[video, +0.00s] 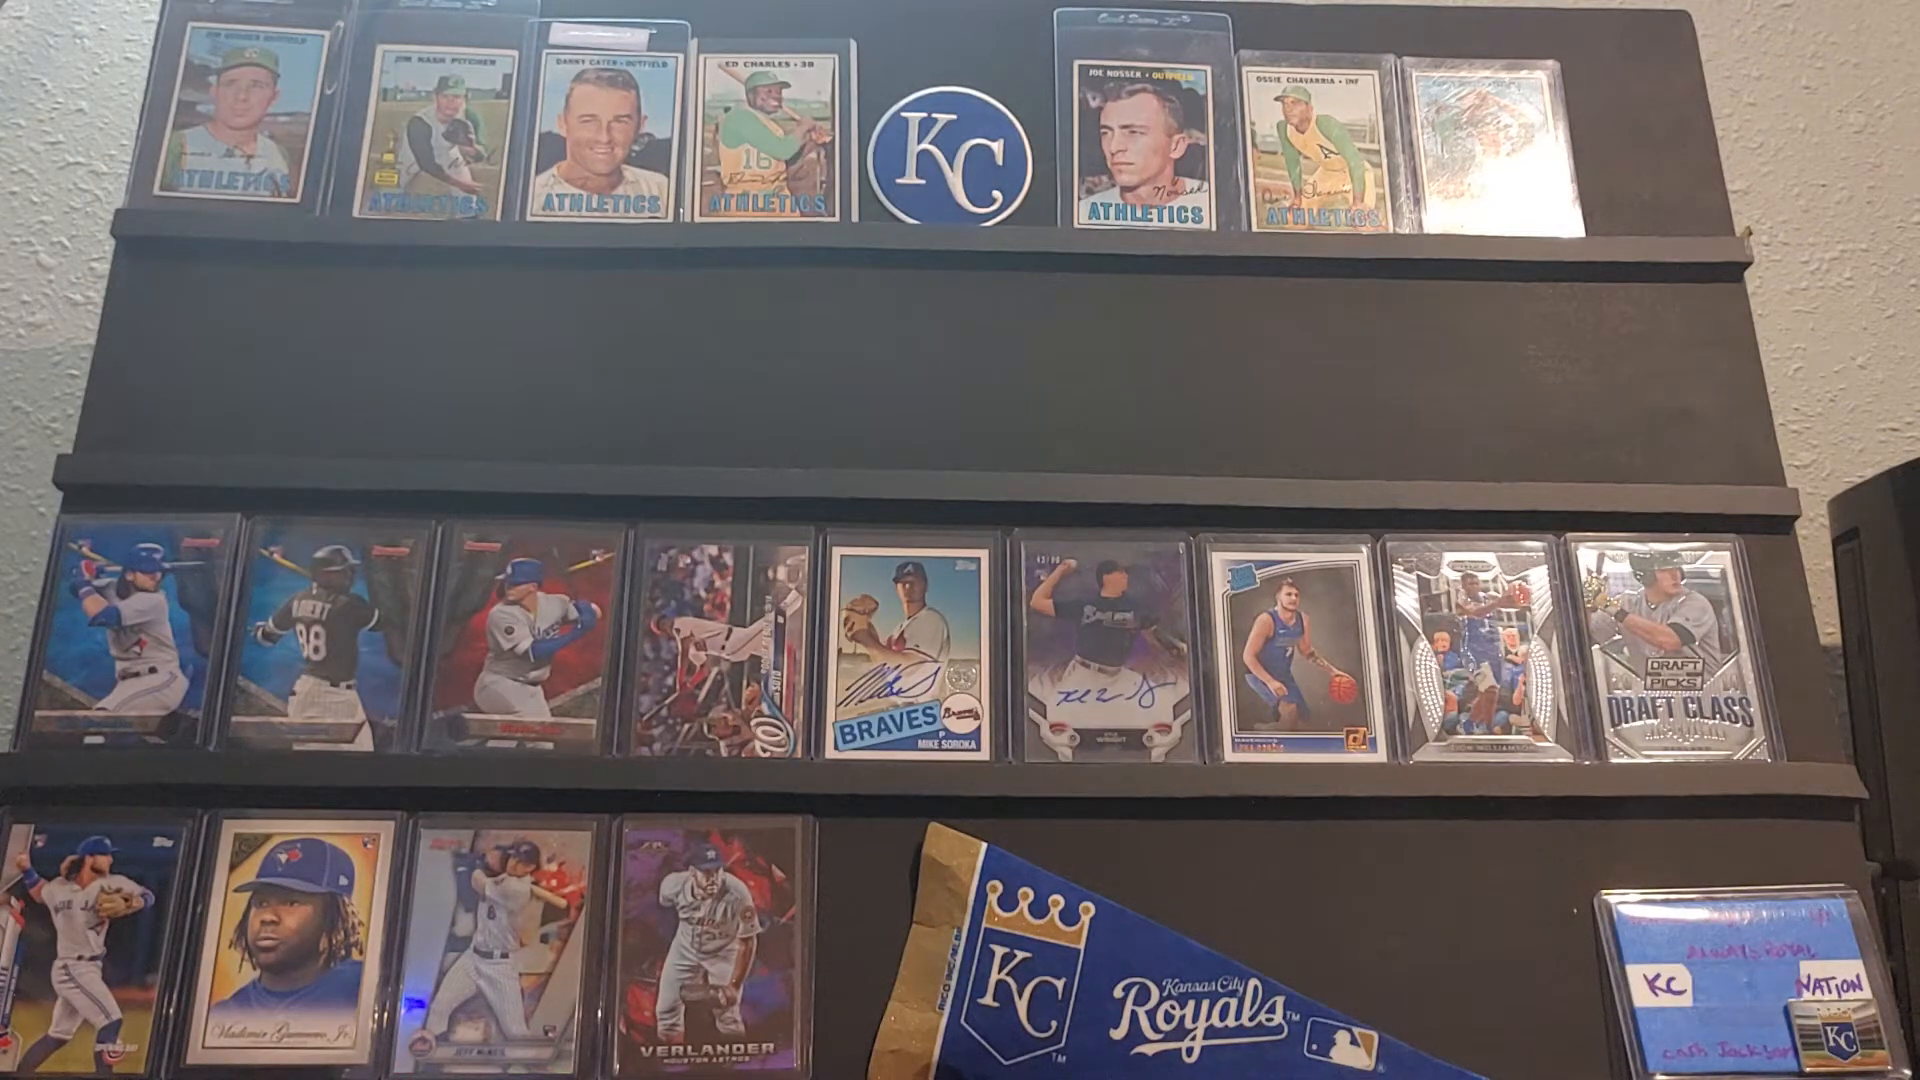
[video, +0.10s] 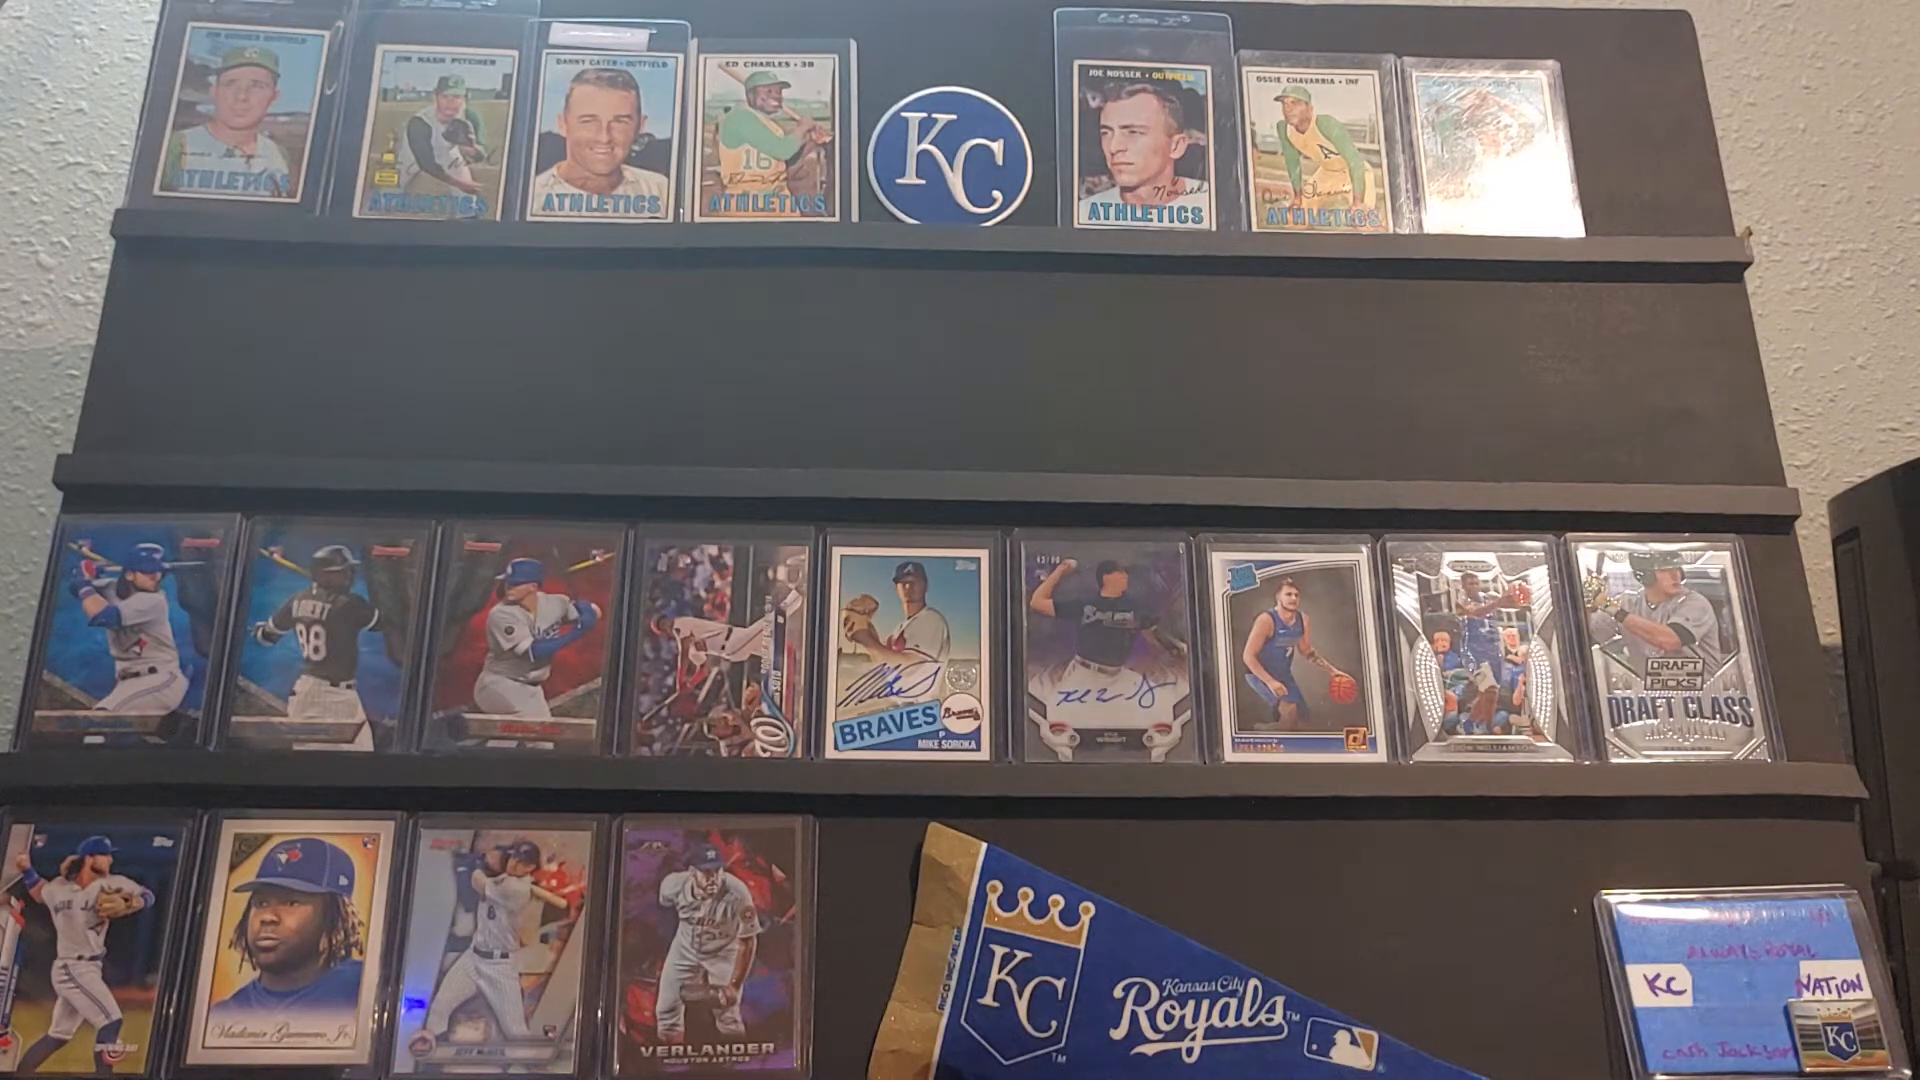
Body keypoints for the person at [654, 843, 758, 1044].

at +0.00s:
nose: (712, 878)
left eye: (716, 871)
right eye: (705, 872)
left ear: (722, 869)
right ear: (691, 870)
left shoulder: (738, 893)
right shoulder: (673, 885)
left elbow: (748, 941)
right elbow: (666, 914)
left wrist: (735, 985)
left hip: (724, 953)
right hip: (684, 947)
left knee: (727, 1015)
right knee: (666, 1009)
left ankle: (739, 1068)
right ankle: (673, 1071)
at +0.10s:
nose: (712, 878)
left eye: (716, 871)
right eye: (705, 872)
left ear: (722, 869)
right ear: (691, 870)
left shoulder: (738, 893)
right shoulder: (673, 885)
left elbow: (748, 941)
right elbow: (666, 914)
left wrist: (735, 985)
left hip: (724, 953)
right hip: (684, 947)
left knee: (727, 1015)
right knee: (666, 1009)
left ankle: (740, 1068)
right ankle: (673, 1071)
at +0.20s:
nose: (711, 879)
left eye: (716, 872)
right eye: (705, 873)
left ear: (722, 870)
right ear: (692, 871)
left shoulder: (738, 894)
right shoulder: (673, 885)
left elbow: (748, 942)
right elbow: (667, 910)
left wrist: (735, 985)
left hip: (724, 954)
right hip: (684, 947)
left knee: (727, 1015)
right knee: (666, 1009)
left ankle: (740, 1068)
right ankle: (673, 1071)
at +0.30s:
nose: (711, 878)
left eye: (716, 871)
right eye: (705, 872)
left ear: (722, 869)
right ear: (692, 871)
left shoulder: (738, 893)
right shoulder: (673, 885)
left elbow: (748, 942)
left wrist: (734, 985)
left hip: (724, 953)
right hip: (684, 947)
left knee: (727, 1015)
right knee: (666, 1010)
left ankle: (740, 1068)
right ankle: (674, 1071)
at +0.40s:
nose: (711, 878)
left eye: (715, 871)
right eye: (705, 872)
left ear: (721, 869)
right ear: (692, 871)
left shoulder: (738, 893)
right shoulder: (673, 885)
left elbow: (748, 942)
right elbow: (667, 910)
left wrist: (735, 985)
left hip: (724, 953)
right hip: (684, 947)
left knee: (727, 1014)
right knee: (666, 1009)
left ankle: (740, 1068)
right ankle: (673, 1069)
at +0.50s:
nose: (711, 878)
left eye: (715, 871)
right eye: (705, 872)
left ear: (721, 869)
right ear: (692, 871)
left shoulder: (738, 893)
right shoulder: (673, 885)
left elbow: (748, 942)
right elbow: (667, 910)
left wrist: (735, 985)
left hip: (724, 953)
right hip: (684, 947)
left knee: (727, 1014)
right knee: (666, 1008)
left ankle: (740, 1068)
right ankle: (673, 1069)